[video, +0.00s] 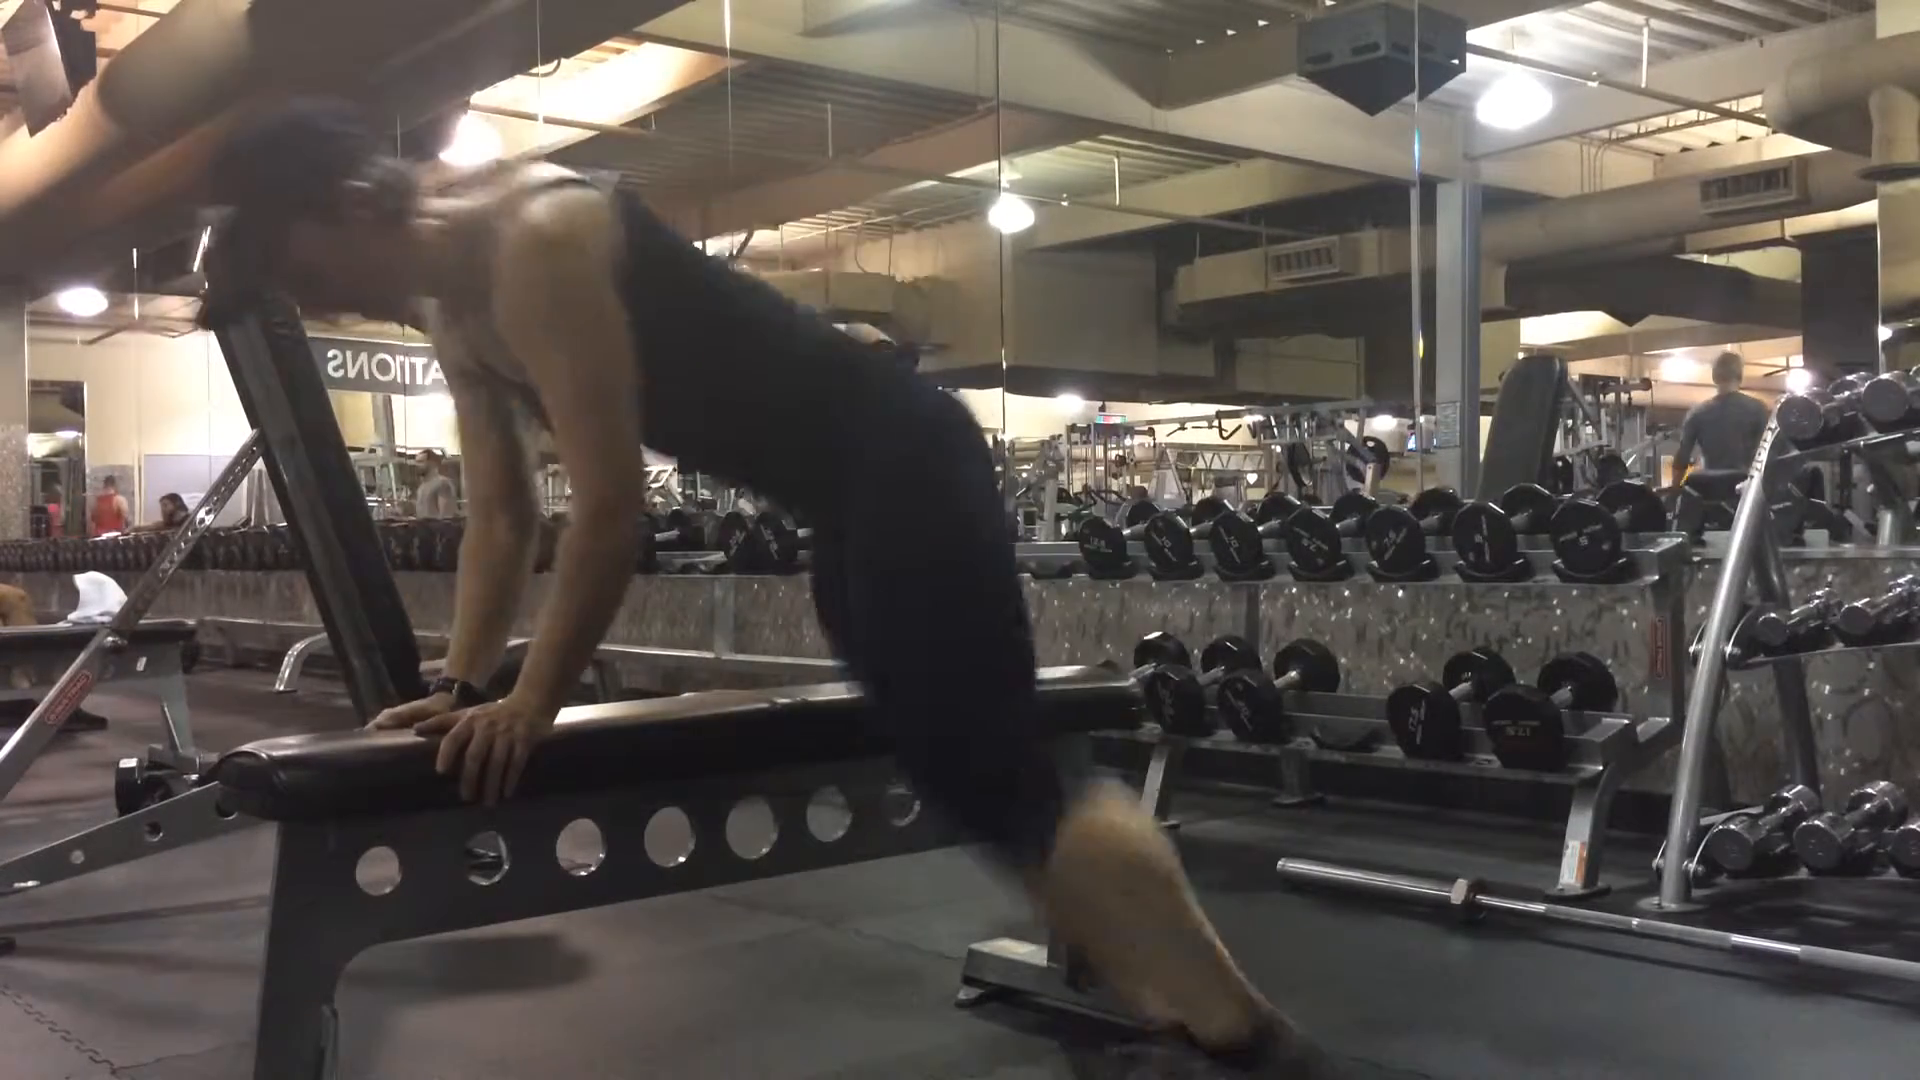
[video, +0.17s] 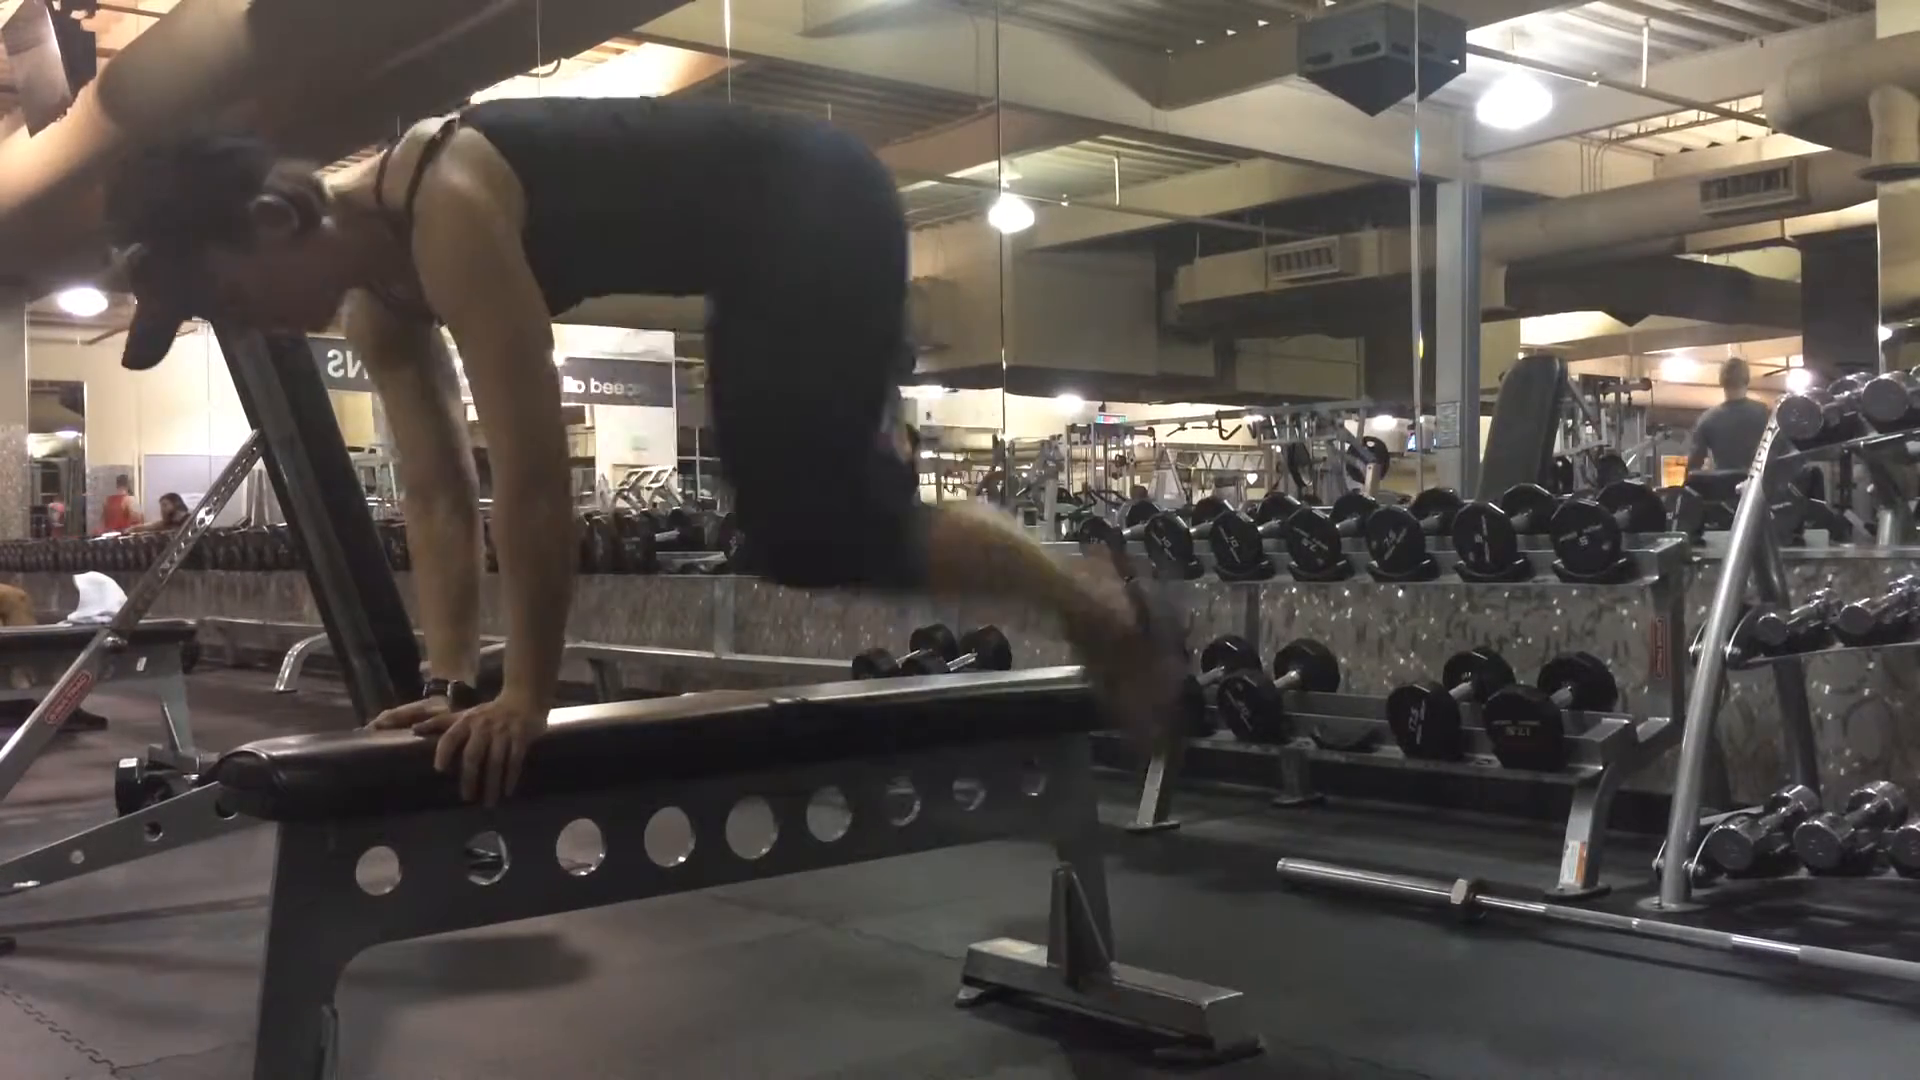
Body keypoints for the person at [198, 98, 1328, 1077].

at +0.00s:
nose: (333, 313)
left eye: (316, 284)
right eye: (310, 298)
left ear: (353, 216)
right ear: (347, 226)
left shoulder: (540, 245)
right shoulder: (457, 295)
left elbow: (610, 511)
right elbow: (496, 504)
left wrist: (529, 705)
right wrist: (457, 681)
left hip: (898, 451)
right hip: (849, 483)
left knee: (1003, 781)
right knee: (977, 773)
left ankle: (1234, 1024)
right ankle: (1162, 997)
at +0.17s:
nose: (247, 329)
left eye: (227, 302)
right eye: (222, 318)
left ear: (268, 219)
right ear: (268, 222)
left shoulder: (455, 208)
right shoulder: (372, 284)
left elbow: (528, 461)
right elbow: (433, 482)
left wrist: (525, 689)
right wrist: (446, 675)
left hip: (814, 199)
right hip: (756, 242)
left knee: (819, 524)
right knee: (800, 528)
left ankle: (1089, 602)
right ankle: (1077, 591)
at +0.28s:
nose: (255, 343)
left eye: (236, 315)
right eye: (229, 329)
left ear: (282, 233)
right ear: (278, 236)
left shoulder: (462, 218)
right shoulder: (379, 281)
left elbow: (537, 473)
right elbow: (427, 490)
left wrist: (524, 698)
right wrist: (446, 680)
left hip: (807, 201)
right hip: (729, 232)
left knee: (715, 501)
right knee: (683, 504)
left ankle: (923, 387)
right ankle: (899, 382)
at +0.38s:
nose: (248, 338)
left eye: (235, 308)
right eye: (226, 325)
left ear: (286, 229)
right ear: (286, 237)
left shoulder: (464, 215)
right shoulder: (373, 306)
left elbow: (542, 475)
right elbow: (425, 495)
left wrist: (527, 697)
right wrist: (449, 682)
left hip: (781, 230)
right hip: (685, 262)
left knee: (650, 504)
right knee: (596, 498)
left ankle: (844, 472)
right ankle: (826, 473)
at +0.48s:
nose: (237, 329)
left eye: (228, 297)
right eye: (216, 312)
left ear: (284, 220)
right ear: (284, 222)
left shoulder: (470, 213)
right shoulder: (354, 310)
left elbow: (561, 473)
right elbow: (414, 492)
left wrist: (527, 694)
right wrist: (447, 682)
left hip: (747, 294)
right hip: (632, 327)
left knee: (647, 576)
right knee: (599, 572)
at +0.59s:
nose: (252, 327)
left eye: (243, 293)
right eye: (230, 312)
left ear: (301, 220)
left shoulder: (499, 246)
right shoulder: (348, 333)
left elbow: (615, 490)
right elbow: (414, 500)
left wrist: (535, 693)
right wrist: (445, 683)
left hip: (703, 433)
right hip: (583, 450)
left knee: (632, 686)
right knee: (561, 691)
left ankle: (687, 900)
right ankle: (624, 900)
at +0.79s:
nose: (228, 337)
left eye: (217, 308)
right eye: (206, 326)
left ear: (274, 227)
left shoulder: (456, 241)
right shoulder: (317, 329)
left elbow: (589, 482)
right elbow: (400, 506)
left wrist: (531, 692)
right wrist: (442, 681)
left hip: (708, 390)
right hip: (604, 417)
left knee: (673, 655)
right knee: (610, 655)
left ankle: (695, 851)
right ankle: (613, 861)